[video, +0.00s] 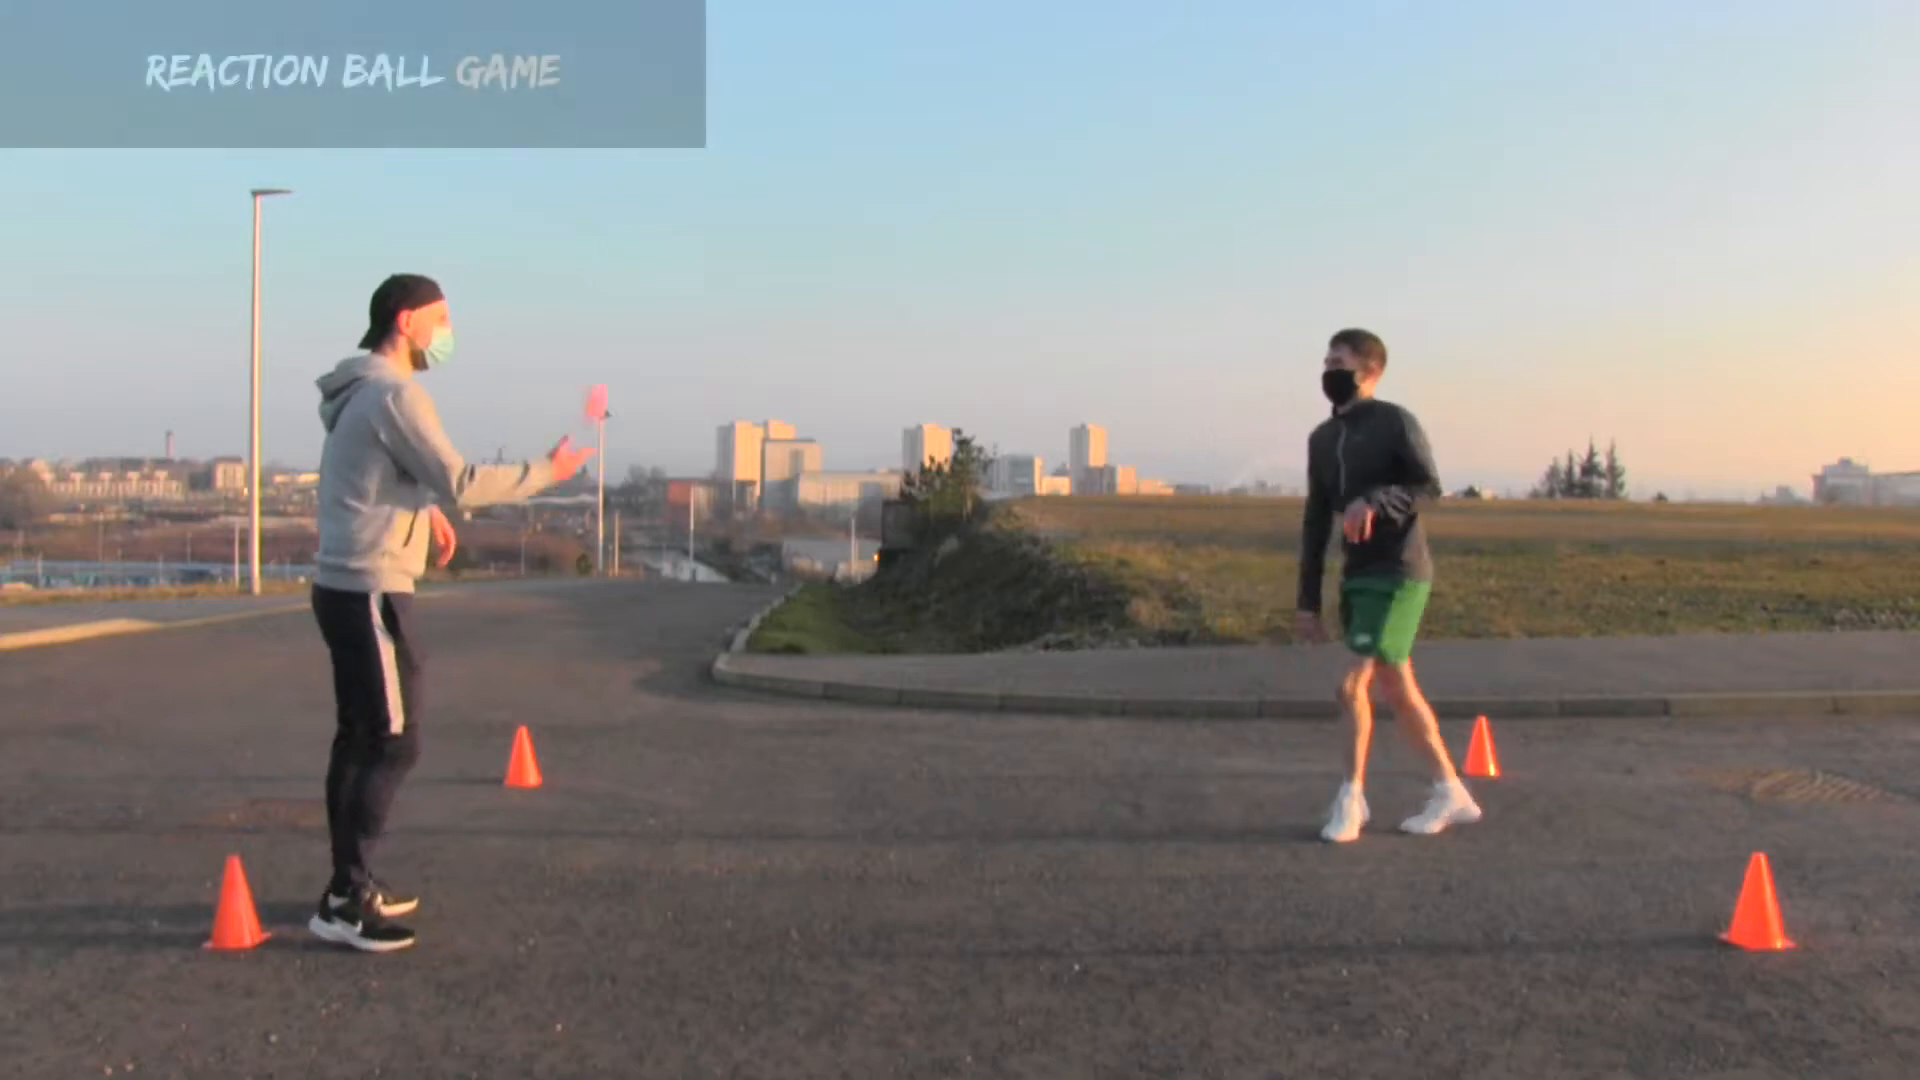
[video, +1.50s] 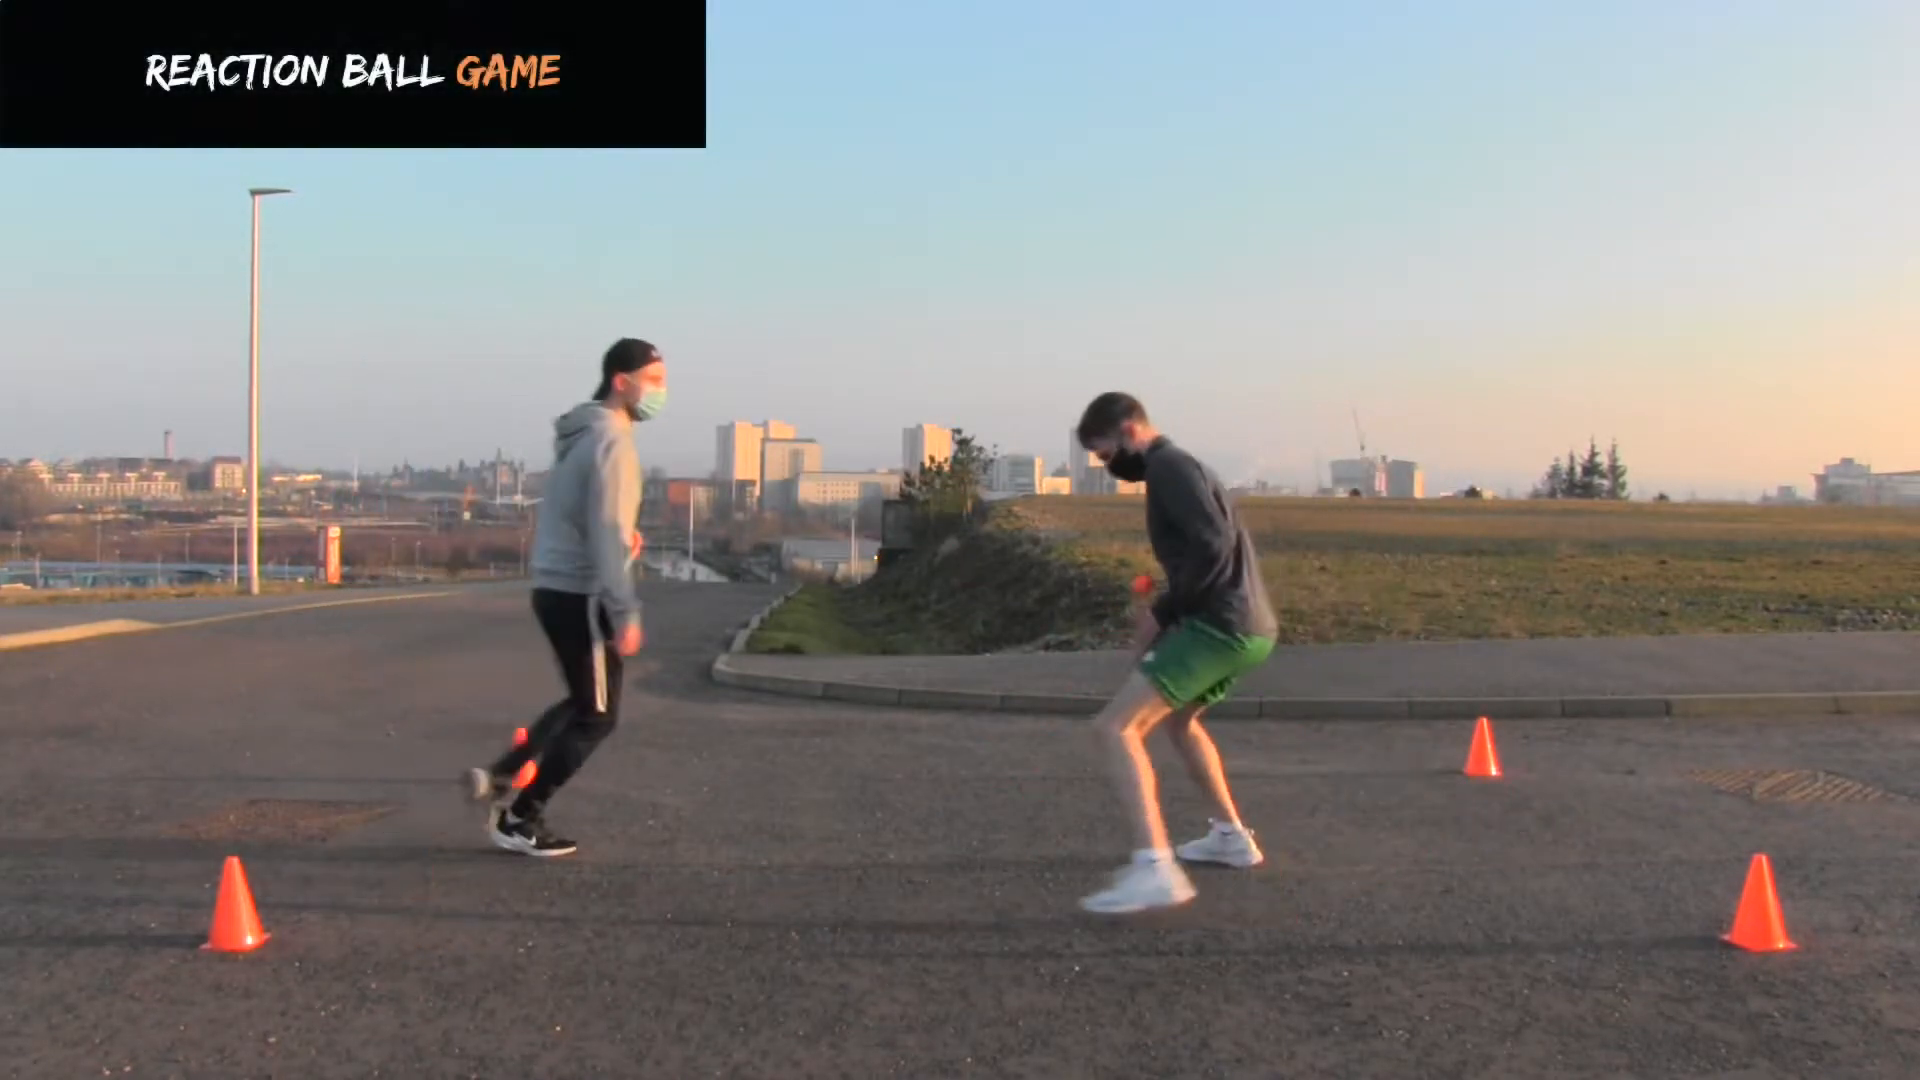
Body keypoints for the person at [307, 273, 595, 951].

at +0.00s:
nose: (446, 332)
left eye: (446, 320)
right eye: (439, 319)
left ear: (397, 320)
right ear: (403, 320)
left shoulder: (365, 388)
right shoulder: (395, 395)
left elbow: (372, 478)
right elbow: (462, 484)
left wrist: (424, 509)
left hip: (350, 584)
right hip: (367, 591)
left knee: (363, 735)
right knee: (393, 741)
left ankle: (351, 884)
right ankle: (346, 896)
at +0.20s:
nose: (447, 319)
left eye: (442, 307)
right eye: (437, 308)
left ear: (396, 323)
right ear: (406, 321)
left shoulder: (367, 393)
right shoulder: (401, 400)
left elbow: (375, 499)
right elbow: (431, 508)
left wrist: (430, 538)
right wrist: (499, 536)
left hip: (350, 589)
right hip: (373, 597)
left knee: (364, 740)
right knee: (381, 745)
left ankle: (349, 888)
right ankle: (340, 905)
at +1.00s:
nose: (530, 379)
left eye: (532, 367)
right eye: (527, 366)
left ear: (489, 358)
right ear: (496, 358)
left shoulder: (444, 411)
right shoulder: (478, 419)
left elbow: (425, 508)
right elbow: (464, 513)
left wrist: (455, 586)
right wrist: (481, 589)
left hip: (412, 591)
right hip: (419, 595)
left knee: (452, 727)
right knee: (426, 736)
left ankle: (378, 865)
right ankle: (356, 892)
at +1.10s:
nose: (541, 391)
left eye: (543, 381)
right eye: (538, 379)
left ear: (500, 369)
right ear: (506, 369)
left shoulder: (457, 419)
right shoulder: (492, 426)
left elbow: (458, 525)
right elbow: (471, 513)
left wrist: (522, 560)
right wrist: (472, 592)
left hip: (410, 597)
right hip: (434, 601)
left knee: (441, 736)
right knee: (479, 740)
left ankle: (380, 863)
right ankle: (389, 867)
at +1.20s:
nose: (568, 384)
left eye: (571, 374)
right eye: (565, 372)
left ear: (530, 362)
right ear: (532, 361)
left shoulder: (494, 408)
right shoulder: (510, 411)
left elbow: (502, 515)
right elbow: (480, 492)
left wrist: (571, 526)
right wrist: (474, 571)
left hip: (443, 587)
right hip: (481, 589)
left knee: (440, 724)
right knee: (535, 712)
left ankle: (377, 854)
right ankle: (464, 836)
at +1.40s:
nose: (627, 375)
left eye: (628, 365)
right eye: (620, 363)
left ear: (586, 363)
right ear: (588, 362)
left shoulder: (564, 410)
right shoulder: (572, 413)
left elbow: (551, 498)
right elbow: (546, 501)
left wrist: (592, 518)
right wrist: (553, 582)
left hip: (515, 578)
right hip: (548, 584)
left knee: (522, 698)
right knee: (567, 708)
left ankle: (425, 791)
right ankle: (518, 824)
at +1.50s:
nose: (661, 390)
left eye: (663, 380)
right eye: (654, 380)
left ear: (619, 383)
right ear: (622, 381)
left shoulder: (587, 431)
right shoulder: (612, 439)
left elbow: (575, 514)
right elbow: (606, 531)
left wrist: (618, 534)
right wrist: (625, 614)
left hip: (557, 587)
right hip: (578, 591)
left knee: (587, 701)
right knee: (597, 713)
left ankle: (500, 776)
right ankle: (520, 819)